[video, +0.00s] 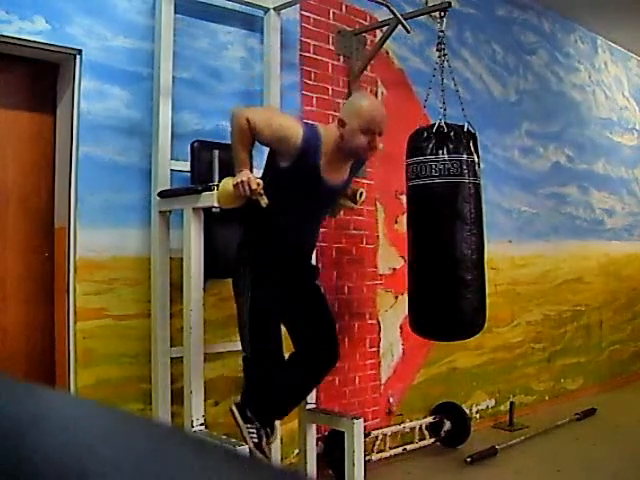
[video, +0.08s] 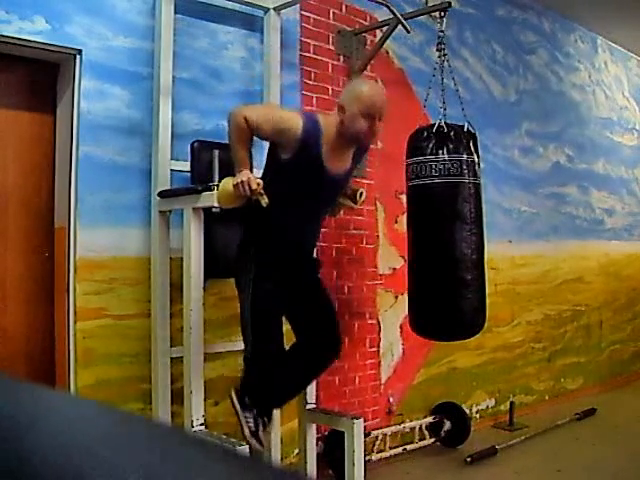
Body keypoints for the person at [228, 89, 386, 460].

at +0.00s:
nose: (375, 144)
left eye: (380, 135)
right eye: (368, 134)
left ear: (382, 134)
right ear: (342, 125)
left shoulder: (354, 160)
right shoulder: (300, 140)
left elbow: (312, 187)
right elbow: (244, 118)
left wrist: (340, 195)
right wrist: (243, 170)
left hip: (297, 266)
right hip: (258, 263)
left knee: (322, 350)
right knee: (264, 359)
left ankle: (254, 411)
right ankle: (261, 426)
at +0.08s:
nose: (375, 130)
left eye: (379, 120)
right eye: (368, 119)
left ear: (381, 118)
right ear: (341, 111)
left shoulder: (357, 150)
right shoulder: (301, 130)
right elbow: (240, 118)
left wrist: (341, 192)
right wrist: (243, 170)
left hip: (299, 257)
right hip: (261, 254)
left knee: (324, 342)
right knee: (265, 351)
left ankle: (253, 398)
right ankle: (262, 459)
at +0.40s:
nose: (362, 35)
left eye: (369, 28)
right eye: (355, 24)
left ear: (373, 32)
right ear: (330, 18)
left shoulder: (352, 71)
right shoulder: (286, 61)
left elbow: (342, 128)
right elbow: (247, 110)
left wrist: (342, 179)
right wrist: (245, 168)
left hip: (309, 196)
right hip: (269, 192)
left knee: (319, 286)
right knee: (259, 283)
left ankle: (244, 329)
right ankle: (243, 336)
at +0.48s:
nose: (360, 36)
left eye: (366, 29)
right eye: (353, 26)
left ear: (370, 32)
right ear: (327, 20)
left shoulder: (350, 72)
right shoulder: (282, 62)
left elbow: (341, 127)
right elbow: (246, 113)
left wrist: (341, 179)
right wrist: (244, 168)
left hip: (308, 195)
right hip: (268, 190)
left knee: (319, 285)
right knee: (257, 279)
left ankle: (241, 325)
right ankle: (242, 332)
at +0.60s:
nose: (362, 52)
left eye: (366, 45)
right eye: (356, 42)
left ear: (367, 46)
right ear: (329, 36)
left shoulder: (349, 83)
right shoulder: (283, 72)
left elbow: (340, 133)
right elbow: (241, 116)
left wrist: (341, 178)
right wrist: (244, 169)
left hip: (305, 208)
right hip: (265, 203)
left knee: (319, 297)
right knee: (256, 291)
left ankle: (242, 337)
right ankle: (244, 344)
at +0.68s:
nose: (364, 73)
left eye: (368, 64)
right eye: (357, 62)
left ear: (369, 63)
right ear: (332, 55)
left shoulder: (351, 102)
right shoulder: (288, 87)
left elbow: (334, 144)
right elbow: (236, 118)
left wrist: (340, 181)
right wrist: (243, 170)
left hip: (302, 222)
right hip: (262, 216)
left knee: (320, 311)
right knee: (256, 310)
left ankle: (247, 359)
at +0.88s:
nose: (368, 134)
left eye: (373, 125)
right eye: (362, 123)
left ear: (375, 122)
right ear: (336, 114)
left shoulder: (352, 154)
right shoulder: (294, 133)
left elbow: (315, 181)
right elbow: (238, 119)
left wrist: (338, 193)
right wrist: (244, 171)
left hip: (297, 263)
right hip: (258, 260)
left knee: (324, 347)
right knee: (264, 351)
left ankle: (263, 416)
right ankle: (271, 428)